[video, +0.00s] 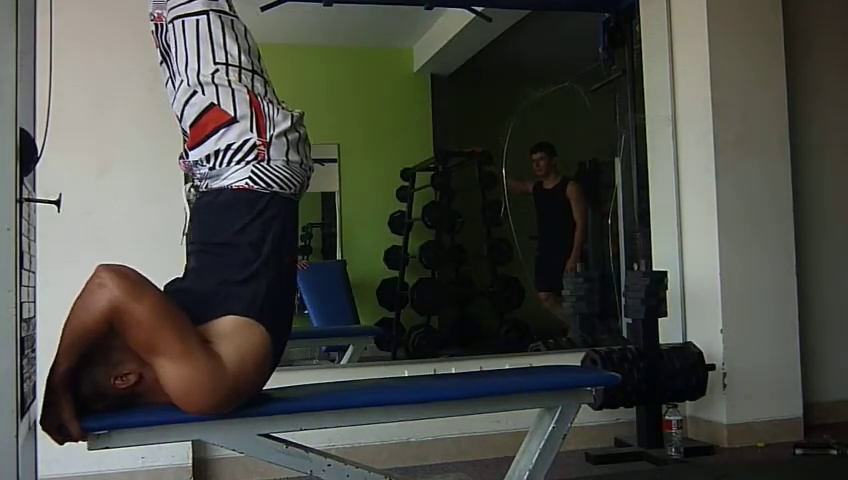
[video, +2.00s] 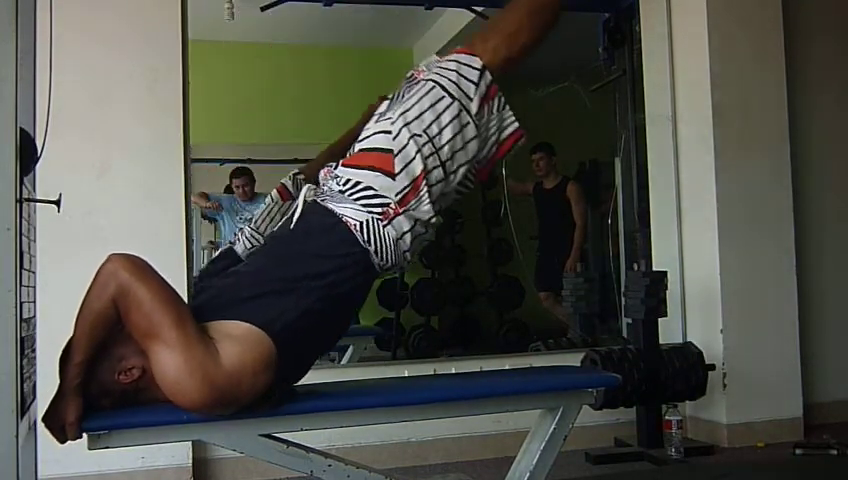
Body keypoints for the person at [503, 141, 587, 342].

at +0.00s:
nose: (537, 165)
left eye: (541, 160)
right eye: (534, 161)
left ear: (552, 161)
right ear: (532, 164)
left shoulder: (570, 187)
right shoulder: (536, 187)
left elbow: (580, 224)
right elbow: (511, 185)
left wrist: (574, 257)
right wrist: (489, 167)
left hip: (566, 250)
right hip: (545, 250)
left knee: (569, 297)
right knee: (545, 297)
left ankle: (573, 336)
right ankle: (574, 329)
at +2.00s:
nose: (536, 165)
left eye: (541, 160)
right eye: (534, 161)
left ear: (552, 161)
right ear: (531, 164)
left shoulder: (570, 187)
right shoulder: (536, 187)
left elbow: (580, 224)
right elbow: (512, 186)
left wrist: (574, 257)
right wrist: (493, 174)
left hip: (567, 250)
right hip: (546, 249)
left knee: (568, 296)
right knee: (546, 297)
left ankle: (575, 335)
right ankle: (577, 329)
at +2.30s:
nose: (543, 166)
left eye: (546, 160)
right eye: (539, 162)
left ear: (553, 160)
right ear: (535, 164)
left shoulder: (570, 187)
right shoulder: (538, 190)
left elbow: (580, 224)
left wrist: (574, 256)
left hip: (566, 250)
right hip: (545, 250)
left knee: (569, 295)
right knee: (545, 297)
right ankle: (576, 329)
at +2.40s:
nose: (541, 169)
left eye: (543, 164)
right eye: (537, 165)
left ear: (550, 162)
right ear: (535, 168)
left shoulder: (569, 187)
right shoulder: (539, 189)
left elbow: (580, 224)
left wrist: (574, 257)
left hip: (566, 249)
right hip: (546, 249)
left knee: (569, 295)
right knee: (546, 297)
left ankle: (579, 332)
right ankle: (577, 330)